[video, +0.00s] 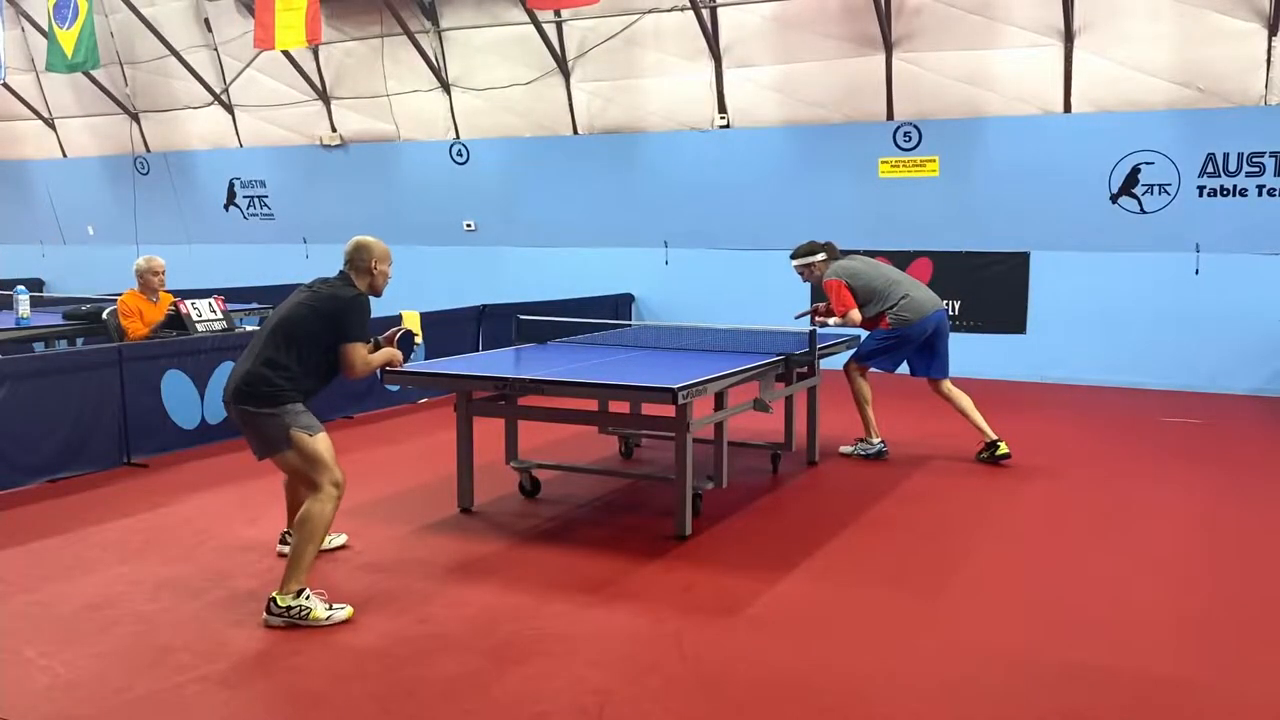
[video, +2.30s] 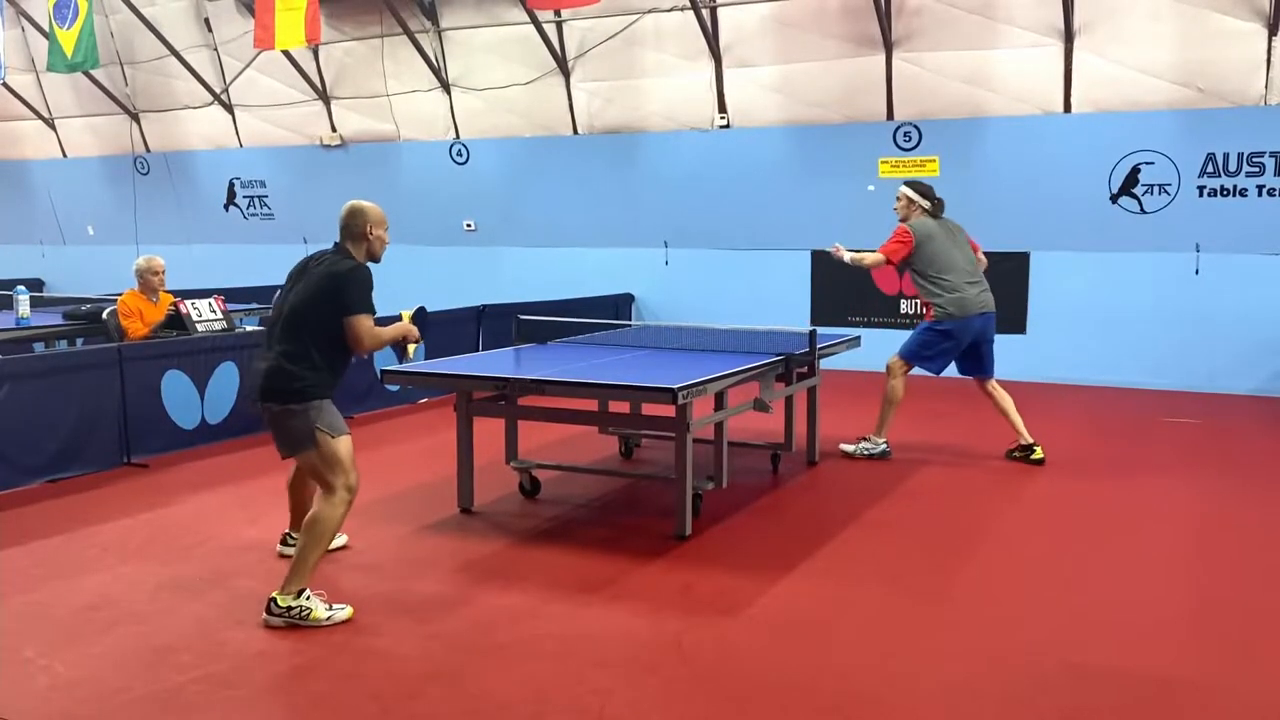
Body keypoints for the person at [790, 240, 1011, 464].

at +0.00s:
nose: (804, 279)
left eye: (803, 273)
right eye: (800, 274)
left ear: (816, 264)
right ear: (824, 259)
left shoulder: (832, 277)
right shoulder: (855, 262)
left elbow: (853, 318)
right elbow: (873, 311)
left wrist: (833, 319)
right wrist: (833, 311)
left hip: (907, 318)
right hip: (936, 311)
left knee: (854, 369)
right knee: (941, 383)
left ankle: (873, 440)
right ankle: (993, 441)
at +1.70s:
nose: (828, 259)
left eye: (830, 253)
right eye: (827, 254)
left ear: (847, 248)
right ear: (854, 245)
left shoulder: (856, 267)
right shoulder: (885, 256)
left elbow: (861, 317)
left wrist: (831, 321)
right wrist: (852, 318)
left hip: (916, 330)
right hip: (946, 325)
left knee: (853, 369)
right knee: (963, 393)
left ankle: (872, 441)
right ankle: (1023, 440)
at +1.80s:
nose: (839, 249)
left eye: (842, 243)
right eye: (838, 243)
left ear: (860, 240)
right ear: (866, 238)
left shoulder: (868, 259)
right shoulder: (896, 249)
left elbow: (858, 309)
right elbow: (894, 292)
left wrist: (827, 316)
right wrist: (858, 285)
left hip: (921, 327)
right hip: (952, 323)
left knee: (858, 367)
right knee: (967, 392)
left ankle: (873, 440)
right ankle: (1025, 441)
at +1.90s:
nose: (854, 237)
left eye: (856, 231)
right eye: (852, 231)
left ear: (874, 230)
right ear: (884, 229)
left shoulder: (877, 251)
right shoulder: (909, 243)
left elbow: (858, 295)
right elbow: (898, 281)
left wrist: (827, 293)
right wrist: (864, 266)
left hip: (927, 324)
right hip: (959, 321)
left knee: (865, 366)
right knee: (971, 390)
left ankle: (873, 440)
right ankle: (1026, 442)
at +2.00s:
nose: (867, 227)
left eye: (870, 221)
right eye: (866, 221)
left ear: (888, 222)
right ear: (894, 221)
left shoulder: (888, 244)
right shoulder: (921, 237)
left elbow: (857, 281)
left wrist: (831, 258)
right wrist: (873, 264)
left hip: (933, 321)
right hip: (966, 318)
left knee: (873, 364)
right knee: (976, 387)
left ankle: (873, 440)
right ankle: (1026, 442)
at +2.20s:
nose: (888, 210)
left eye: (893, 204)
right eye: (890, 204)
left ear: (910, 208)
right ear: (917, 209)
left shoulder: (906, 232)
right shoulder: (944, 228)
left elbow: (866, 262)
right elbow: (943, 266)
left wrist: (841, 251)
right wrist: (911, 283)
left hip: (948, 317)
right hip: (981, 313)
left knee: (892, 367)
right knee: (984, 382)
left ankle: (875, 440)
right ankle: (1027, 442)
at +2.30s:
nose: (895, 205)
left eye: (900, 200)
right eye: (897, 199)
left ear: (917, 205)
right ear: (925, 206)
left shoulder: (909, 230)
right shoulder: (953, 226)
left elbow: (872, 260)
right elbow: (981, 261)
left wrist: (845, 256)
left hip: (951, 314)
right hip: (985, 311)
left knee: (896, 367)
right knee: (987, 382)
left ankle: (877, 440)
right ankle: (1027, 442)